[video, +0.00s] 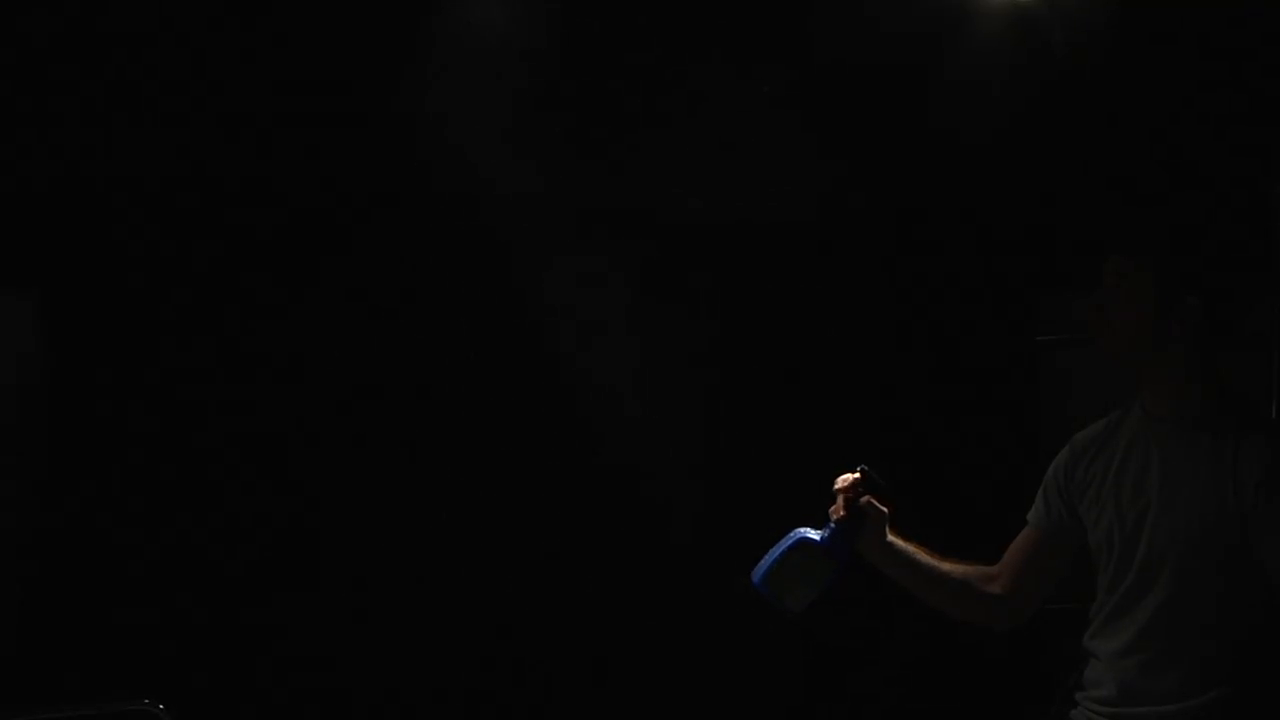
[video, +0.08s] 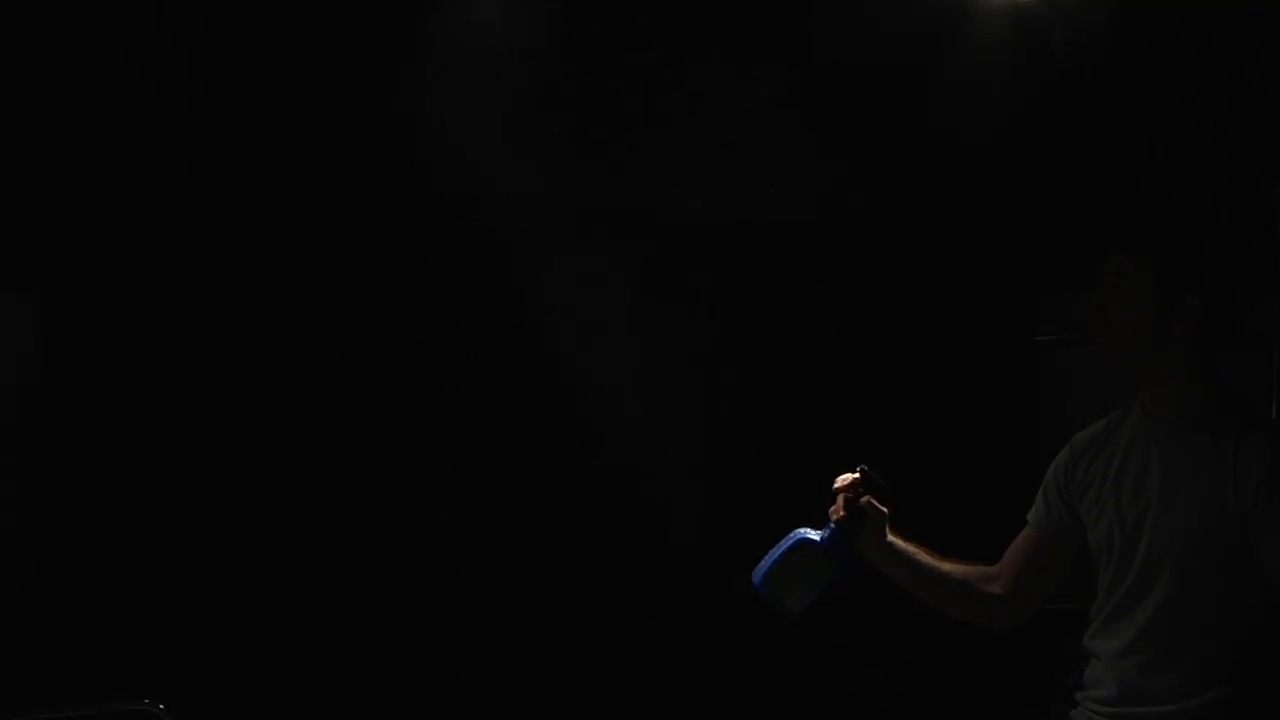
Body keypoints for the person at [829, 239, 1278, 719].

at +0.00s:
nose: (1101, 311)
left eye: (1122, 292)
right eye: (1107, 292)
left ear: (1178, 308)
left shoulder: (1246, 445)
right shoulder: (1092, 456)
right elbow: (1003, 595)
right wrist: (880, 544)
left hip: (1215, 699)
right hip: (1105, 699)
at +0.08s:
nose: (1101, 313)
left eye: (1122, 296)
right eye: (1107, 296)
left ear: (1177, 311)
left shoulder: (1246, 445)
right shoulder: (1093, 454)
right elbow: (1003, 595)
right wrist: (879, 543)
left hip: (1214, 698)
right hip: (1106, 698)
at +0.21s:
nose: (1101, 312)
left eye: (1122, 294)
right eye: (1107, 294)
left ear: (1177, 311)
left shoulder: (1245, 445)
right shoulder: (1093, 454)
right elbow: (1003, 595)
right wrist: (880, 544)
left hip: (1213, 699)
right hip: (1105, 700)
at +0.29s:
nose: (1102, 313)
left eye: (1123, 295)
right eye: (1109, 295)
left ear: (1179, 311)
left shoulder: (1246, 444)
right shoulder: (1093, 456)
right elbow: (1005, 593)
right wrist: (881, 545)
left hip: (1215, 696)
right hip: (1107, 697)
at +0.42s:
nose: (1100, 312)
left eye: (1122, 293)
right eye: (1107, 294)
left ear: (1179, 310)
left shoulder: (1246, 443)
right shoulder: (1094, 457)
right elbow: (1003, 594)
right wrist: (882, 539)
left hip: (1220, 698)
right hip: (1109, 698)